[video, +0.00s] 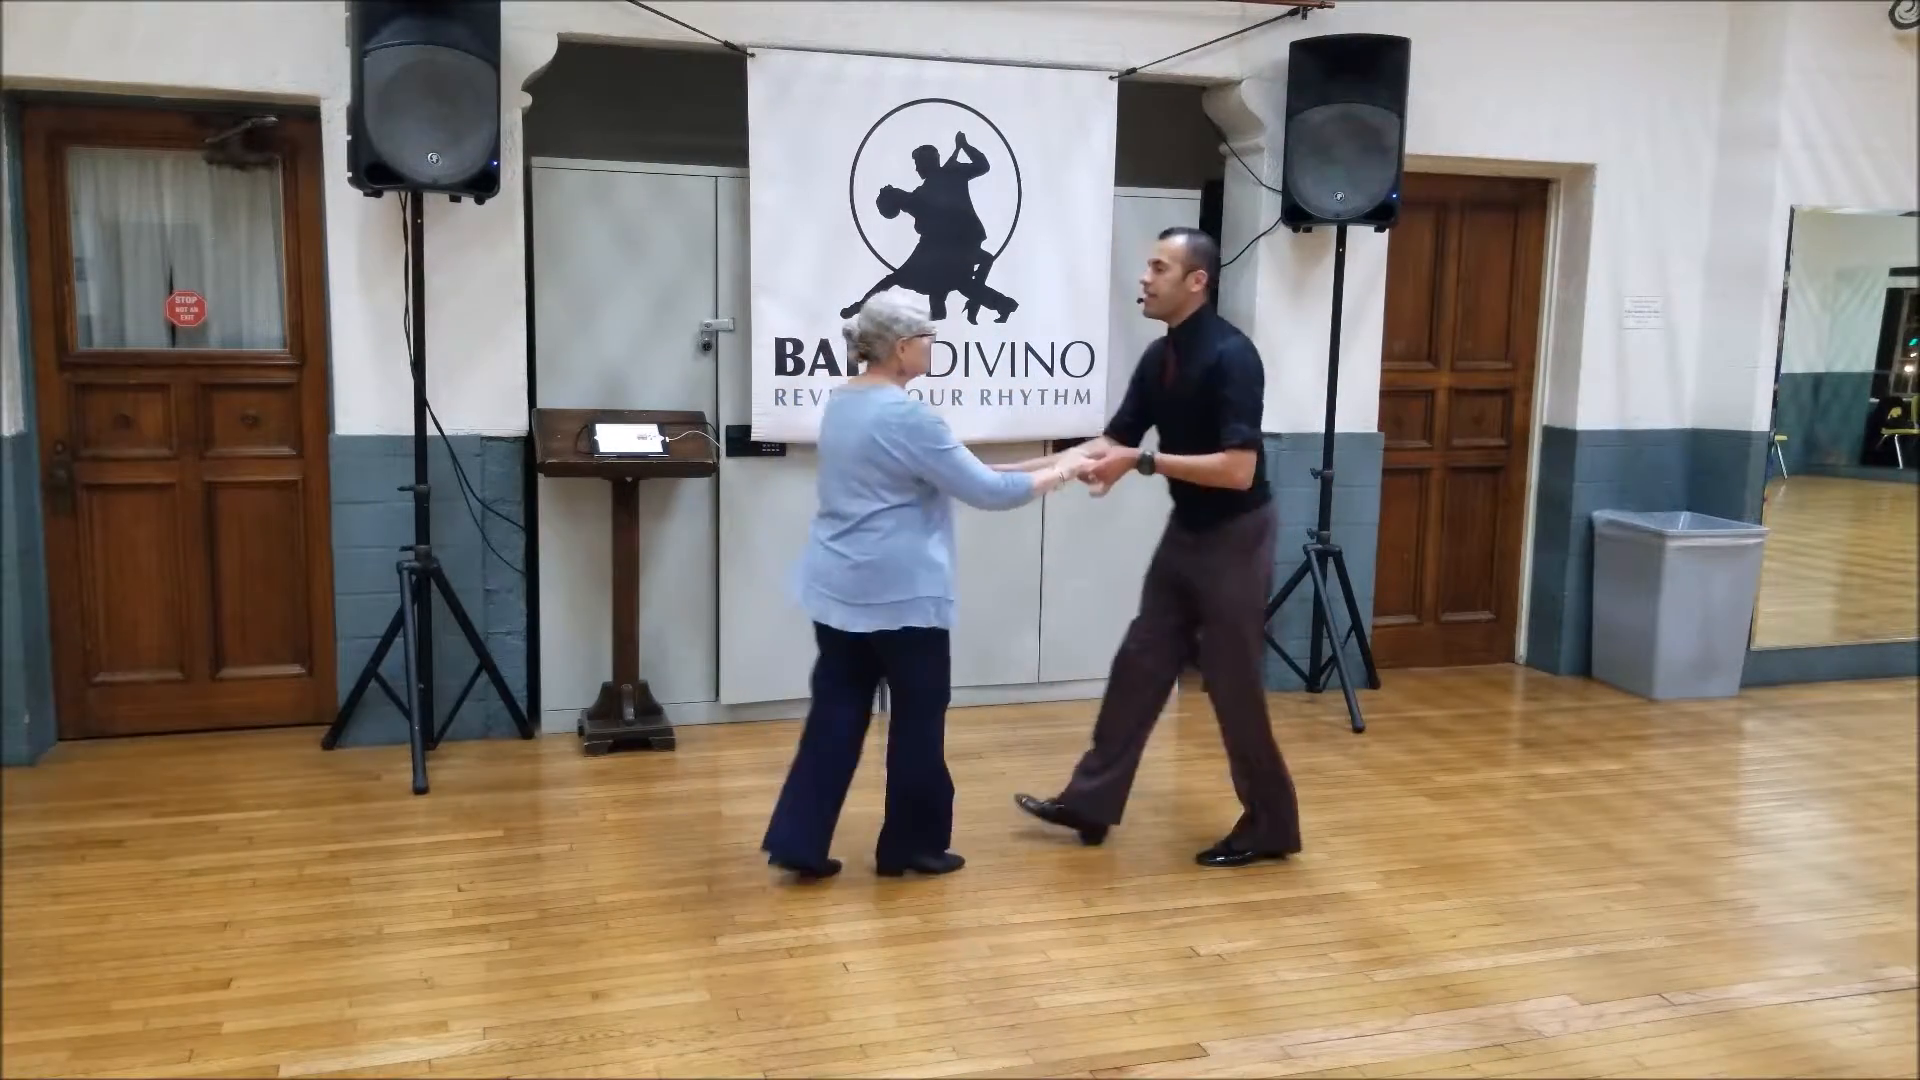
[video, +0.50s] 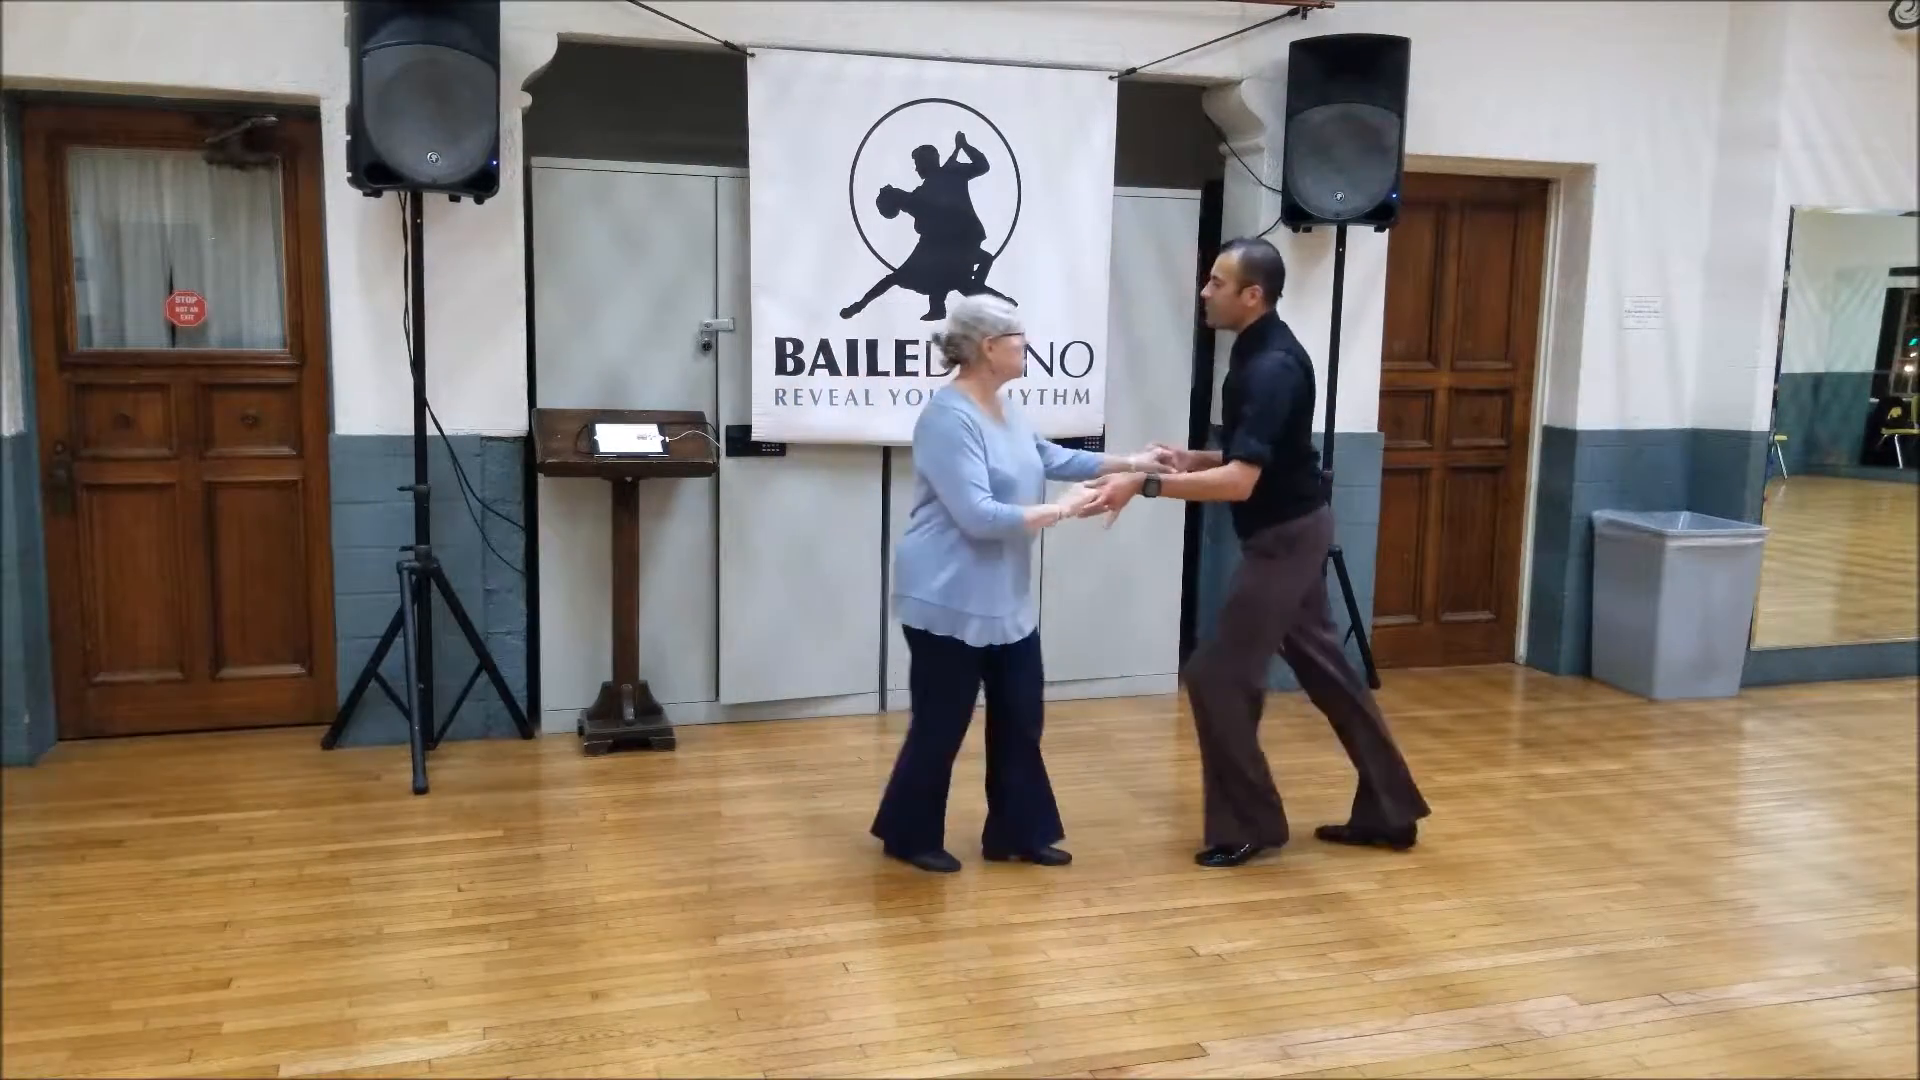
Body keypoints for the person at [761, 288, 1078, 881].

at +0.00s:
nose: (932, 350)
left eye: (930, 340)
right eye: (926, 341)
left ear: (879, 347)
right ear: (900, 349)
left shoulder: (839, 405)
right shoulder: (909, 419)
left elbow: (954, 471)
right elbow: (986, 490)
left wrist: (1043, 466)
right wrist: (1059, 473)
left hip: (838, 590)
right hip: (905, 595)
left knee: (835, 716)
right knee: (919, 723)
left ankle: (797, 844)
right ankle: (910, 846)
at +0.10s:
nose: (956, 352)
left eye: (955, 341)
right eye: (950, 342)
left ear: (909, 347)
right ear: (921, 347)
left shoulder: (873, 406)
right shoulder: (923, 418)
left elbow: (947, 487)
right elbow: (983, 505)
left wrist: (1021, 488)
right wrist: (1051, 503)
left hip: (872, 583)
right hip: (920, 589)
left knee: (903, 699)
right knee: (926, 719)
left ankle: (842, 801)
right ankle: (915, 846)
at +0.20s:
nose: (970, 349)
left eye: (968, 339)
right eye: (962, 340)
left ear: (929, 347)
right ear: (933, 347)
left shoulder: (900, 407)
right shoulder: (923, 415)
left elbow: (973, 481)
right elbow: (974, 510)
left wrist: (1041, 482)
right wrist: (1050, 504)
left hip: (900, 572)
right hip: (922, 578)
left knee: (945, 689)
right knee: (938, 699)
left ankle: (886, 795)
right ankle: (914, 846)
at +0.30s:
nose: (991, 344)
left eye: (989, 334)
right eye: (983, 335)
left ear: (953, 344)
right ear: (953, 343)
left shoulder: (949, 406)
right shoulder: (924, 409)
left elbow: (1000, 464)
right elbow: (968, 510)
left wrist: (1085, 460)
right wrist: (1047, 505)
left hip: (956, 581)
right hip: (920, 582)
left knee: (978, 691)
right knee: (931, 706)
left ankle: (972, 820)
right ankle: (904, 845)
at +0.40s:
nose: (1007, 340)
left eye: (1004, 331)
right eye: (997, 332)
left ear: (970, 345)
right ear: (965, 343)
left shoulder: (987, 409)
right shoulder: (931, 410)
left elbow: (1039, 454)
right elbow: (967, 510)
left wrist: (1119, 454)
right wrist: (1048, 508)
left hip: (978, 594)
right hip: (927, 594)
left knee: (1000, 715)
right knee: (921, 723)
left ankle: (1014, 825)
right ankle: (906, 842)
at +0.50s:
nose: (1025, 346)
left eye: (1022, 336)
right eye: (1014, 338)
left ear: (994, 348)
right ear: (980, 348)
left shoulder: (1005, 409)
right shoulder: (945, 417)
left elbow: (1054, 460)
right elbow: (977, 516)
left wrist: (1134, 461)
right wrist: (1061, 509)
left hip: (1005, 590)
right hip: (948, 592)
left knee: (1019, 716)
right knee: (942, 719)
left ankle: (1016, 832)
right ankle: (908, 833)